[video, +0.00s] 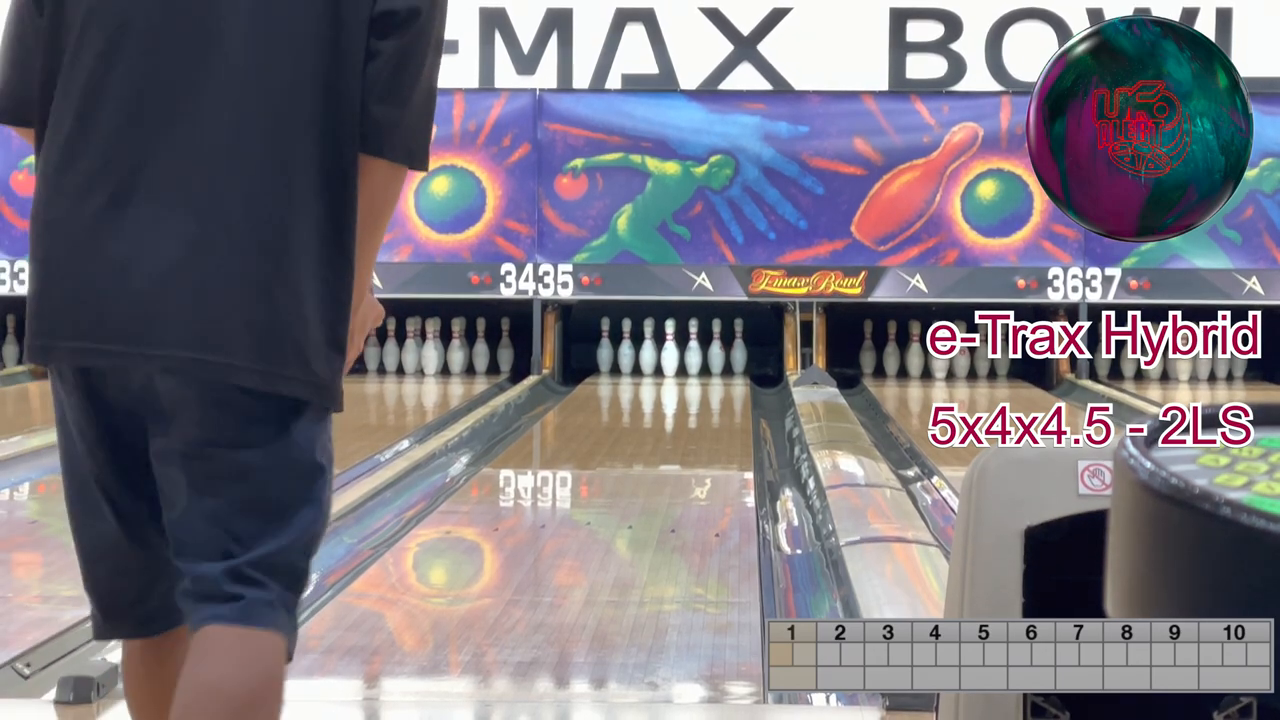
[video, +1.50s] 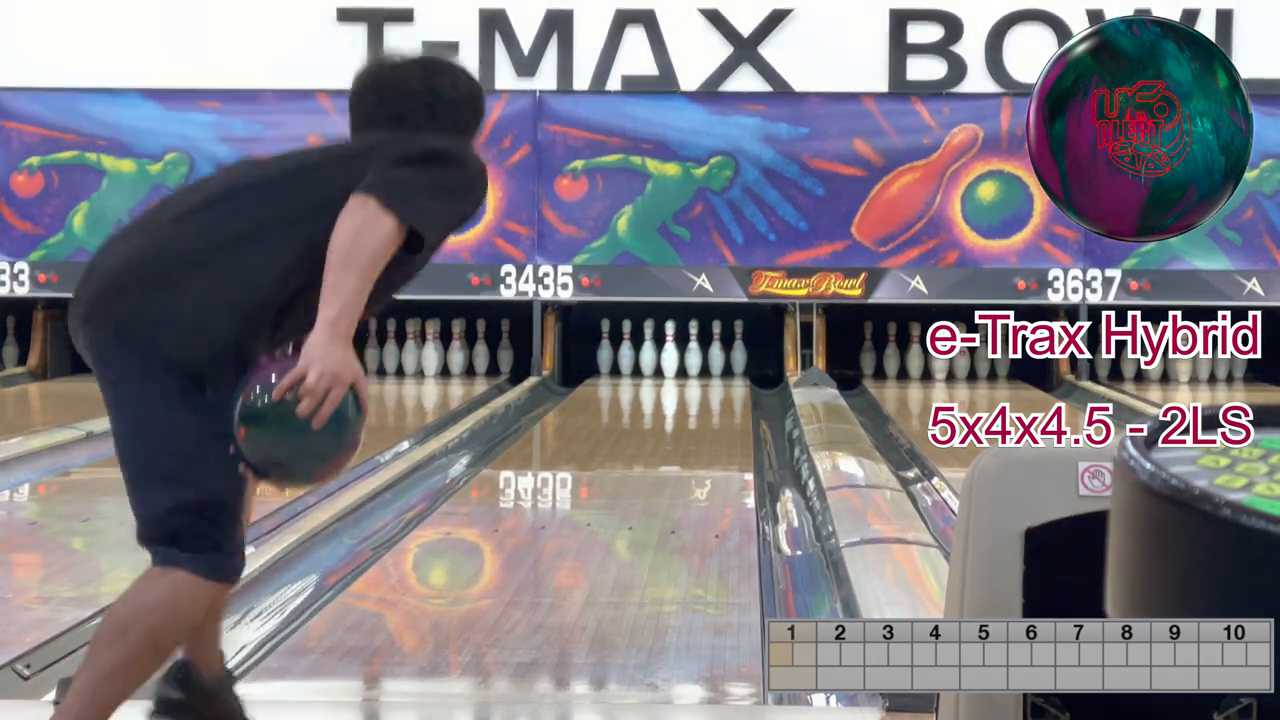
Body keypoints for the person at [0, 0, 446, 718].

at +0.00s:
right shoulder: (395, 7)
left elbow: (26, 94)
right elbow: (392, 117)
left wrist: (128, 189)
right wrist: (353, 280)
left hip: (84, 274)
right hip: (259, 280)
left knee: (144, 609)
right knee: (243, 599)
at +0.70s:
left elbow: (106, 108)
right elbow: (412, 142)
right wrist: (388, 271)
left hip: (129, 258)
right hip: (291, 271)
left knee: (176, 542)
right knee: (279, 549)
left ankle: (198, 712)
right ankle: (273, 716)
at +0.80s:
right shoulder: (428, 6)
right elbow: (407, 167)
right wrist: (391, 289)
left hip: (124, 257)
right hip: (282, 272)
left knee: (152, 531)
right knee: (282, 545)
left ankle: (183, 710)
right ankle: (276, 714)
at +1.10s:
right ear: (419, 2)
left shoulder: (266, 15)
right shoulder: (439, 57)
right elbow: (395, 255)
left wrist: (293, 342)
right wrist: (389, 403)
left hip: (100, 263)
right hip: (217, 287)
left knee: (177, 513)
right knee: (273, 538)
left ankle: (201, 710)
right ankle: (266, 718)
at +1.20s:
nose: (448, 14)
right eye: (447, 11)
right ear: (435, 6)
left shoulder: (304, 37)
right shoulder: (446, 70)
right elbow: (389, 231)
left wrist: (266, 356)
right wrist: (374, 386)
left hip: (96, 256)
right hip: (191, 279)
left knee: (176, 521)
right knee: (230, 533)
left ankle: (191, 710)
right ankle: (221, 711)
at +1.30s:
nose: (464, 29)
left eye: (463, 19)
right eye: (466, 18)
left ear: (362, 10)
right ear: (451, 18)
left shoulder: (319, 57)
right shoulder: (450, 70)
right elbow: (384, 183)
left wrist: (289, 318)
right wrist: (360, 330)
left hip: (105, 245)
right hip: (166, 261)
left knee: (191, 503)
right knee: (208, 506)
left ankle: (191, 709)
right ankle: (131, 712)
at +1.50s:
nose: (479, 141)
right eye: (477, 126)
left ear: (375, 116)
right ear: (461, 123)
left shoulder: (346, 166)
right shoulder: (445, 163)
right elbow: (379, 209)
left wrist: (260, 417)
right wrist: (333, 335)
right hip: (156, 315)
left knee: (223, 485)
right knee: (200, 559)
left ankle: (203, 679)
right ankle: (73, 712)